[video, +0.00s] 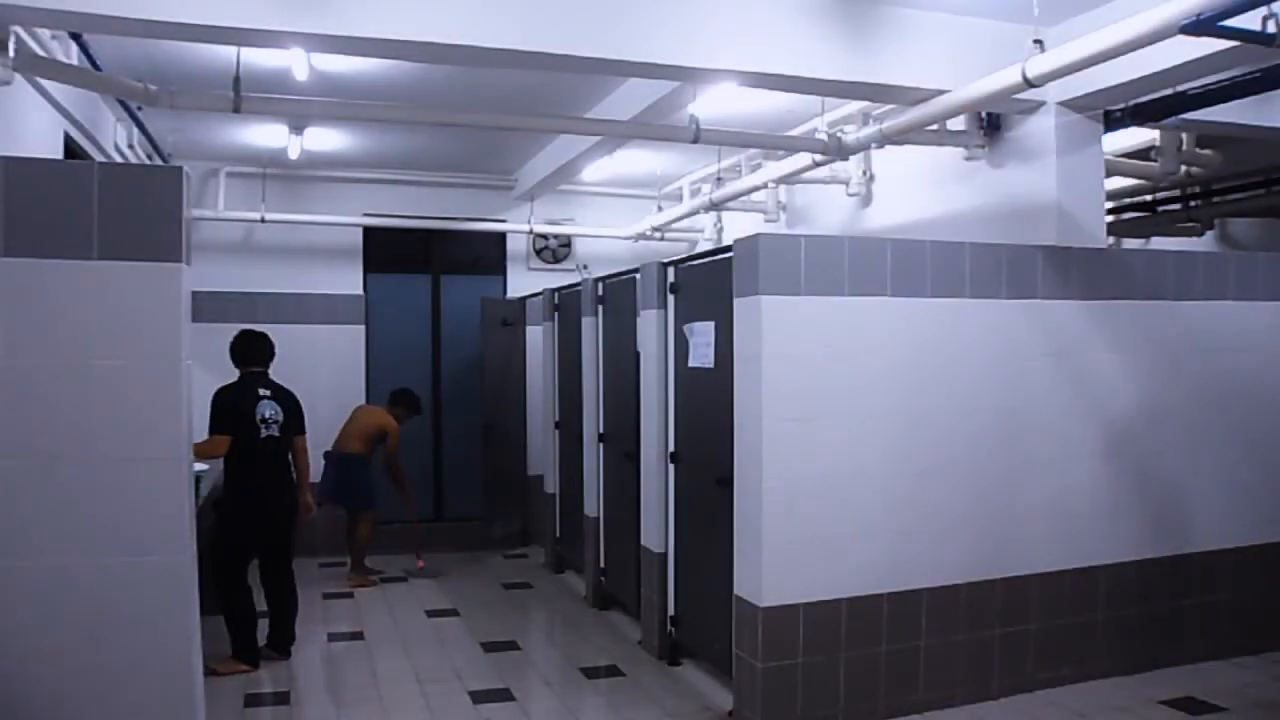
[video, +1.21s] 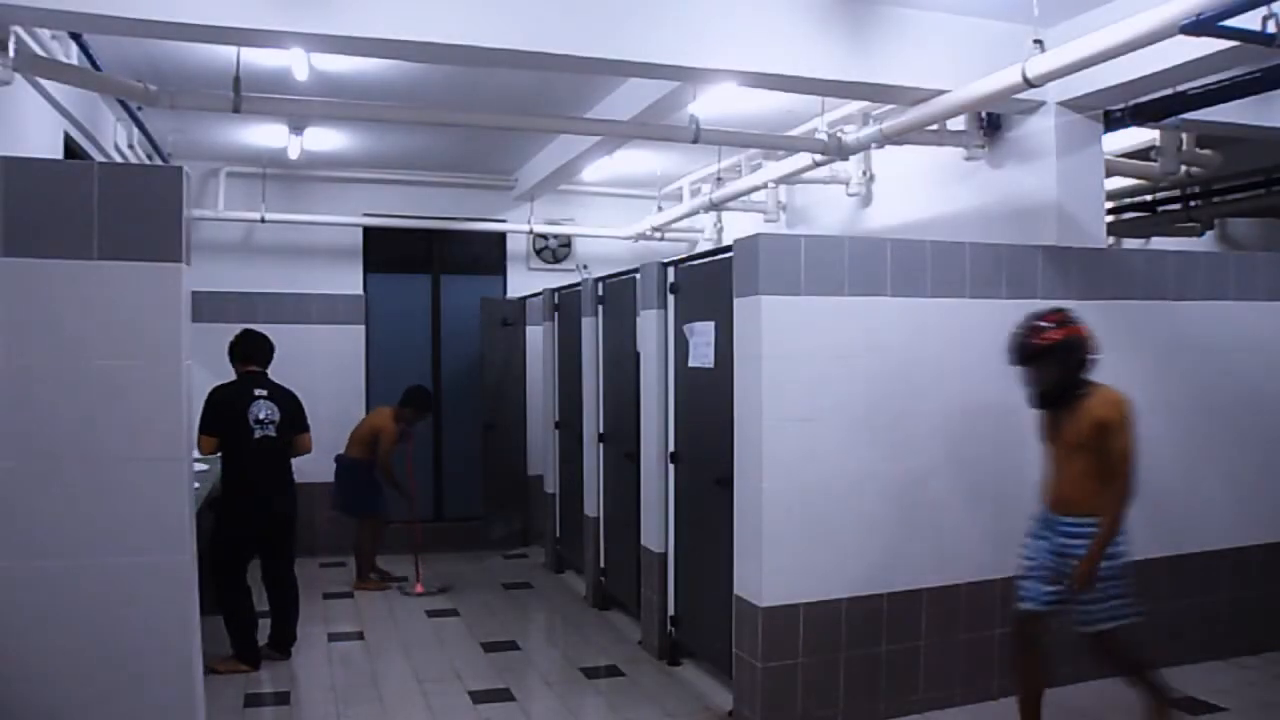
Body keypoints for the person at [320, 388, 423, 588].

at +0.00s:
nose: (405, 421)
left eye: (408, 417)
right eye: (407, 416)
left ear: (391, 402)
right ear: (402, 410)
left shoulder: (362, 410)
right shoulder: (390, 425)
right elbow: (391, 462)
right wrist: (404, 491)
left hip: (335, 462)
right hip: (355, 465)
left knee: (353, 516)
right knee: (365, 517)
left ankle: (357, 564)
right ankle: (357, 572)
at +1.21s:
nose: (416, 421)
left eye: (420, 417)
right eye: (417, 416)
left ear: (404, 405)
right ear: (409, 409)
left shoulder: (383, 413)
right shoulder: (389, 426)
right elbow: (383, 465)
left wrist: (398, 438)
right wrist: (401, 491)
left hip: (352, 465)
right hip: (356, 469)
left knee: (374, 520)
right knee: (367, 522)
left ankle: (370, 567)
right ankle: (362, 577)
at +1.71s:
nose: (435, 423)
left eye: (437, 419)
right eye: (435, 418)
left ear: (422, 408)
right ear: (427, 412)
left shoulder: (401, 417)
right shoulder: (411, 429)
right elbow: (404, 465)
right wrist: (419, 493)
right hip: (372, 468)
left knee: (387, 520)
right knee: (376, 522)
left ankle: (390, 569)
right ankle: (364, 576)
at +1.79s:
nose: (436, 422)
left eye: (438, 418)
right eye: (437, 417)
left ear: (423, 405)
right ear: (430, 412)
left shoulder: (402, 414)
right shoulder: (415, 427)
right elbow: (410, 463)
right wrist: (426, 488)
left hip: (366, 463)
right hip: (375, 467)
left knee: (389, 520)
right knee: (381, 522)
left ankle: (390, 569)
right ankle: (365, 576)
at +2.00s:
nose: (439, 421)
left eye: (442, 416)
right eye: (440, 416)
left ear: (425, 404)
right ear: (434, 411)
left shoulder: (402, 413)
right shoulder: (421, 428)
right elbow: (424, 465)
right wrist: (434, 488)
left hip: (367, 461)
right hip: (380, 466)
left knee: (392, 518)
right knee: (385, 520)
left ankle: (390, 569)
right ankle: (372, 574)